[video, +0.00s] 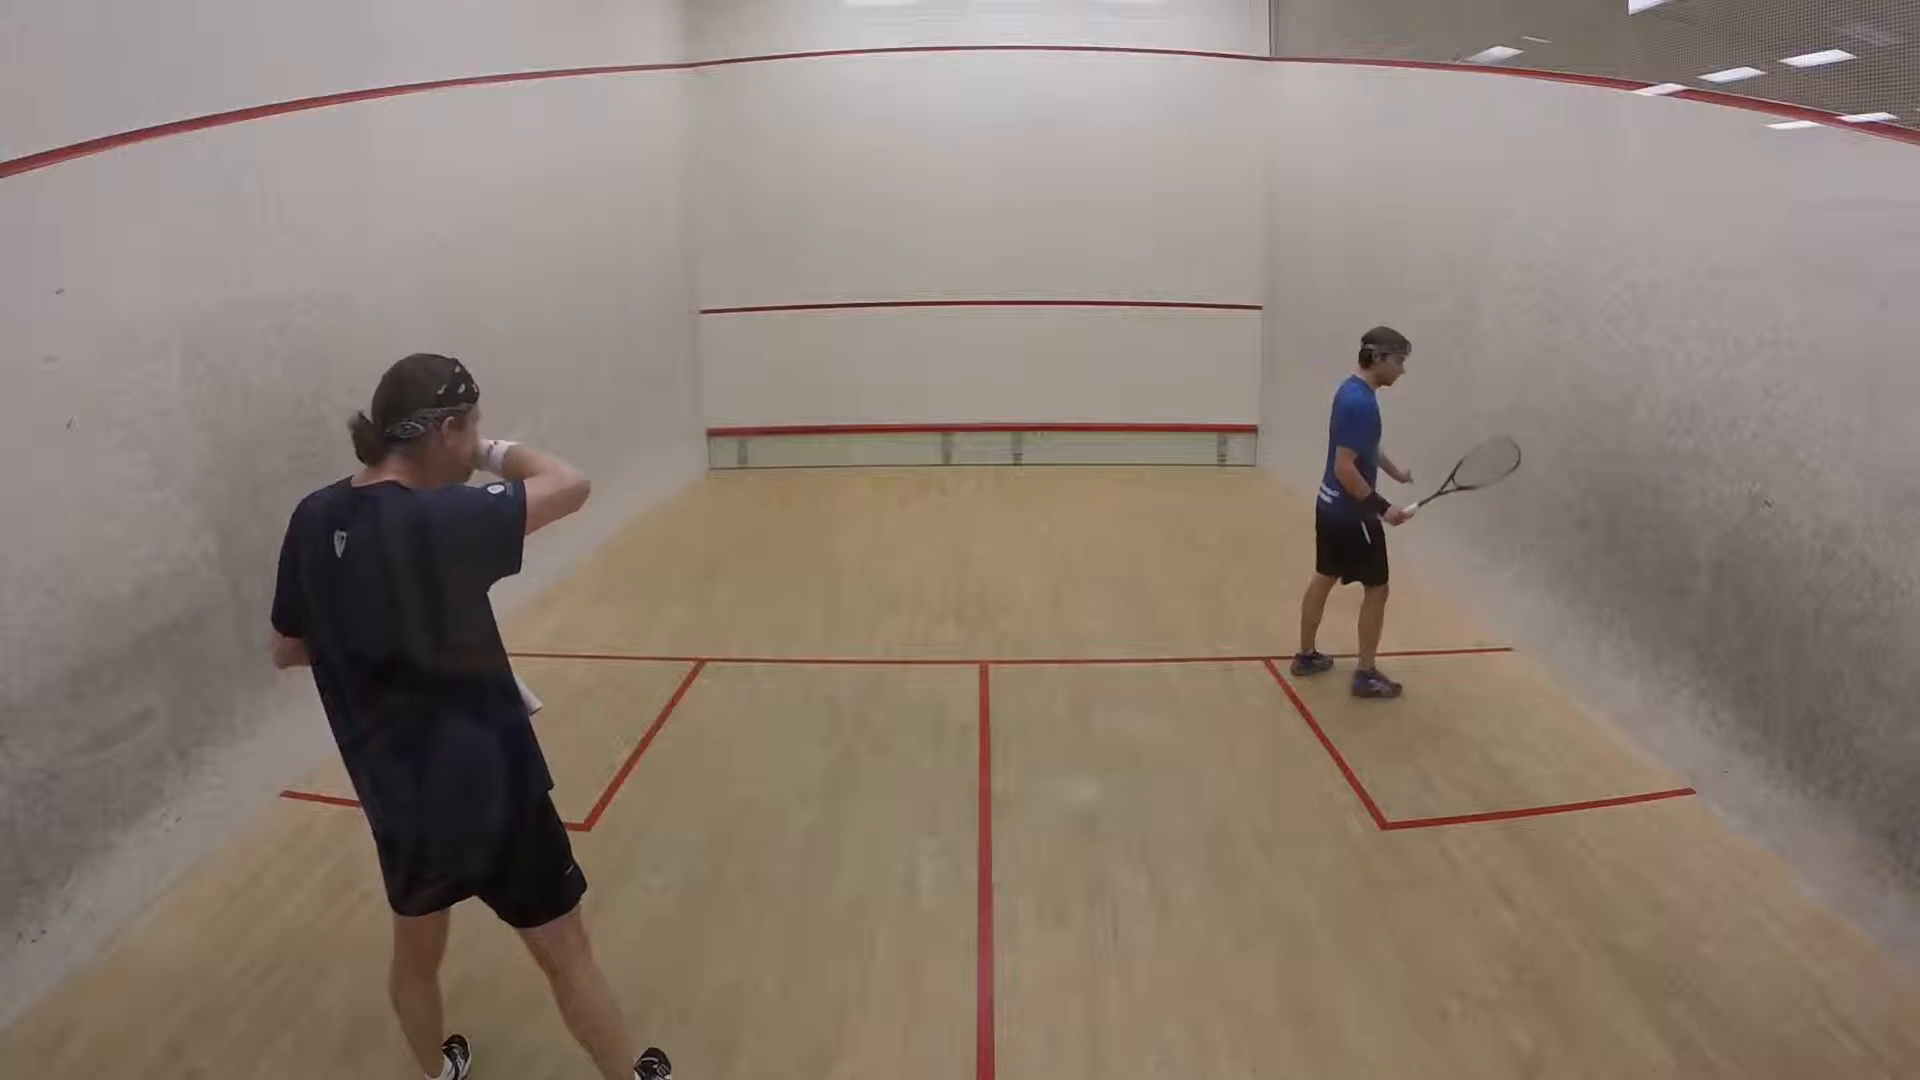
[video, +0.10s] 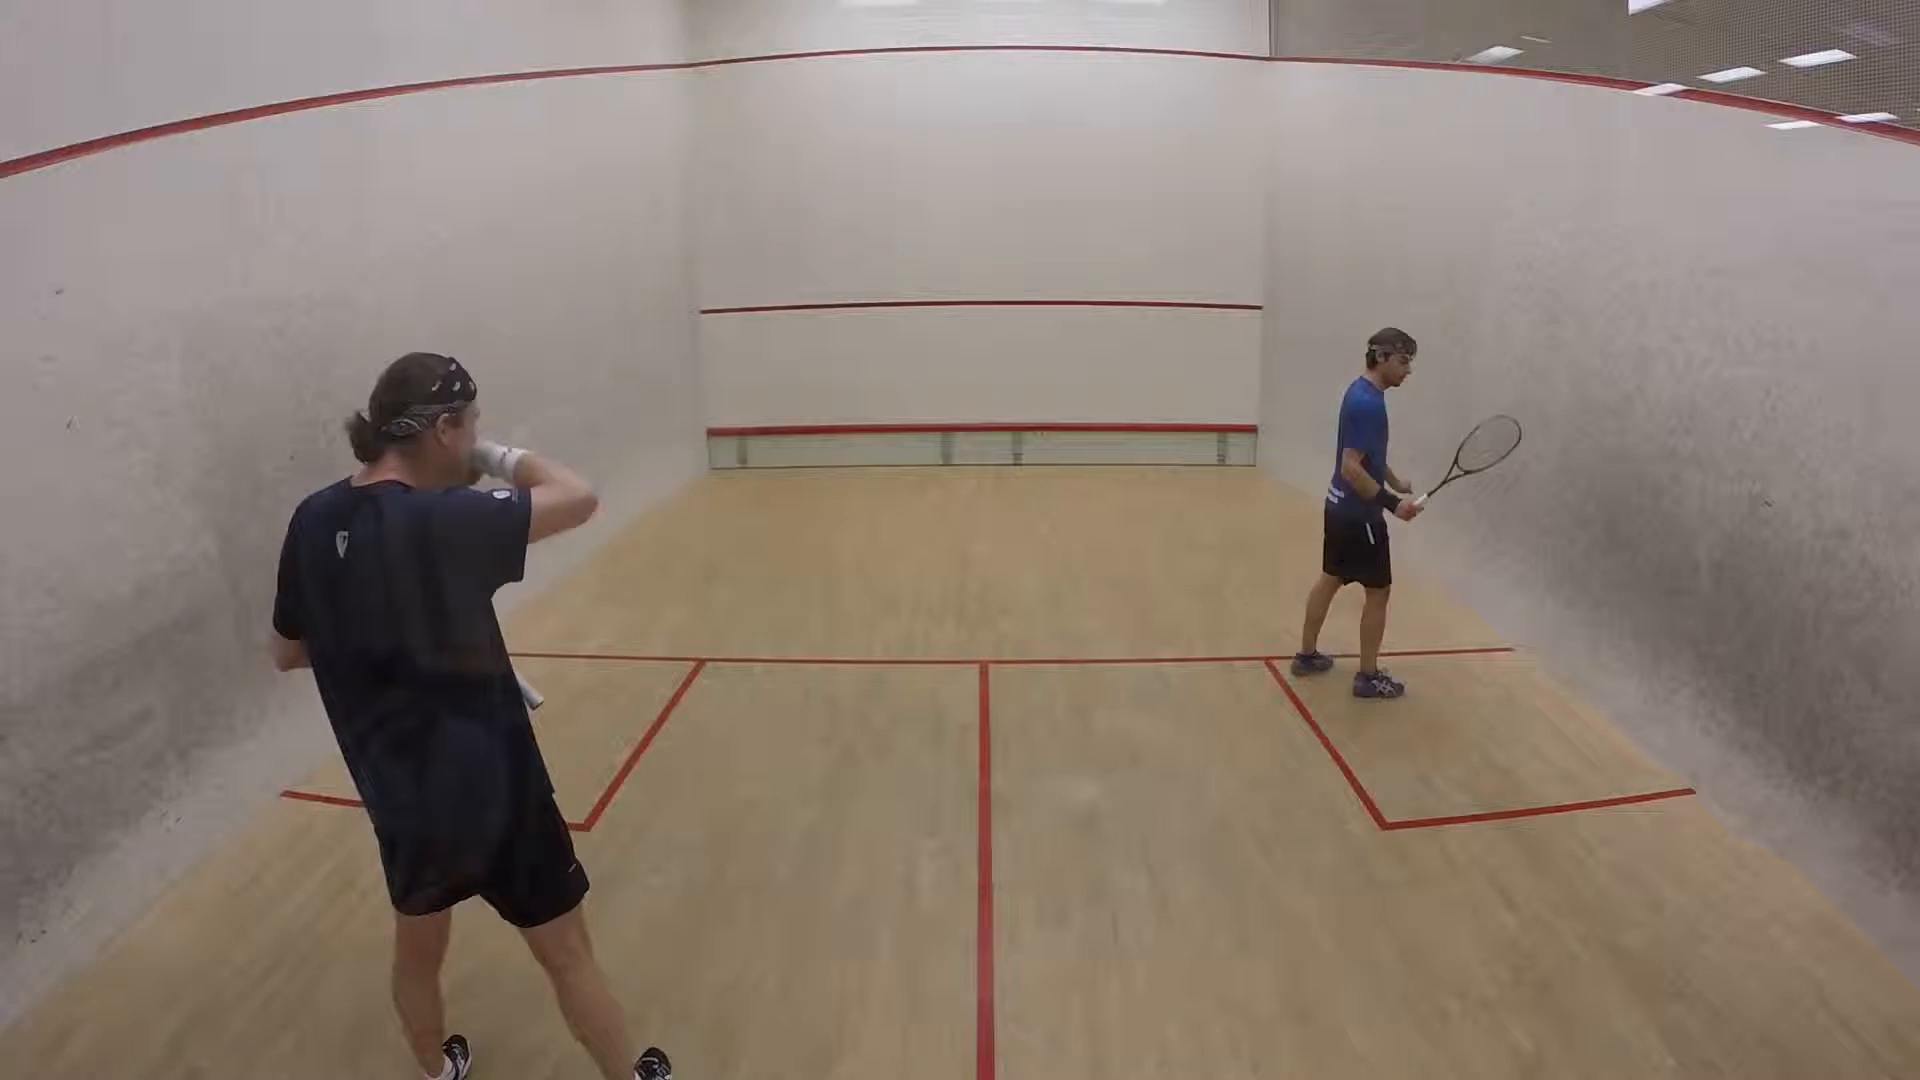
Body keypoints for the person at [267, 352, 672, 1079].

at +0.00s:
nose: (476, 443)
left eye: (475, 428)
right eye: (469, 429)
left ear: (384, 432)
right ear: (435, 432)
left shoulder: (316, 518)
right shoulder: (453, 517)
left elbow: (287, 648)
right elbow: (567, 485)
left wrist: (373, 623)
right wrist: (486, 449)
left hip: (400, 800)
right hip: (494, 788)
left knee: (416, 954)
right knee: (565, 954)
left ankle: (432, 1070)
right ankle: (629, 1073)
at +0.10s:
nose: (474, 441)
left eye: (472, 426)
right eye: (468, 427)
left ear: (382, 431)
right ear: (437, 430)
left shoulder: (315, 521)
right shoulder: (452, 519)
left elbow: (288, 650)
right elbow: (575, 497)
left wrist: (375, 617)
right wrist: (486, 454)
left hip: (402, 800)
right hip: (497, 788)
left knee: (417, 954)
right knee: (567, 955)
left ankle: (434, 1070)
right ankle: (630, 1072)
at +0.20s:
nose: (473, 436)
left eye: (471, 419)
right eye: (465, 420)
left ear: (383, 427)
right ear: (429, 424)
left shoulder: (315, 521)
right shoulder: (449, 524)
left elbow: (292, 655)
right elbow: (584, 542)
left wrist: (380, 614)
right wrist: (520, 497)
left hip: (401, 797)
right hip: (496, 785)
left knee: (419, 952)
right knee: (568, 953)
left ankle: (433, 1070)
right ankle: (630, 1071)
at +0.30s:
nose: (474, 426)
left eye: (470, 409)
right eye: (463, 411)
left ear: (388, 424)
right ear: (422, 422)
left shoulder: (315, 523)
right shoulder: (450, 526)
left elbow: (296, 658)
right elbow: (583, 598)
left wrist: (392, 616)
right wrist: (522, 567)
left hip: (402, 797)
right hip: (495, 783)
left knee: (419, 952)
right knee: (569, 950)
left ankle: (434, 1070)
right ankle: (632, 1071)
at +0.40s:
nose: (472, 421)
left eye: (468, 405)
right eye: (460, 408)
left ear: (391, 423)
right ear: (414, 421)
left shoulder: (316, 524)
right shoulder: (455, 527)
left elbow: (299, 658)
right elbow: (571, 640)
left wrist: (370, 616)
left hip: (405, 796)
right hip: (501, 783)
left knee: (419, 955)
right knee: (571, 950)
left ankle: (435, 1070)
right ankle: (631, 1071)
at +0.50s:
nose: (472, 416)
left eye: (467, 400)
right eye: (459, 404)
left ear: (390, 424)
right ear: (414, 421)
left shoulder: (319, 525)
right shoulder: (459, 525)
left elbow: (301, 658)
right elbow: (554, 665)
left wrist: (366, 603)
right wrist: (526, 611)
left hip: (407, 794)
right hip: (502, 782)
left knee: (420, 953)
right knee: (571, 948)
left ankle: (435, 1070)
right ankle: (631, 1071)